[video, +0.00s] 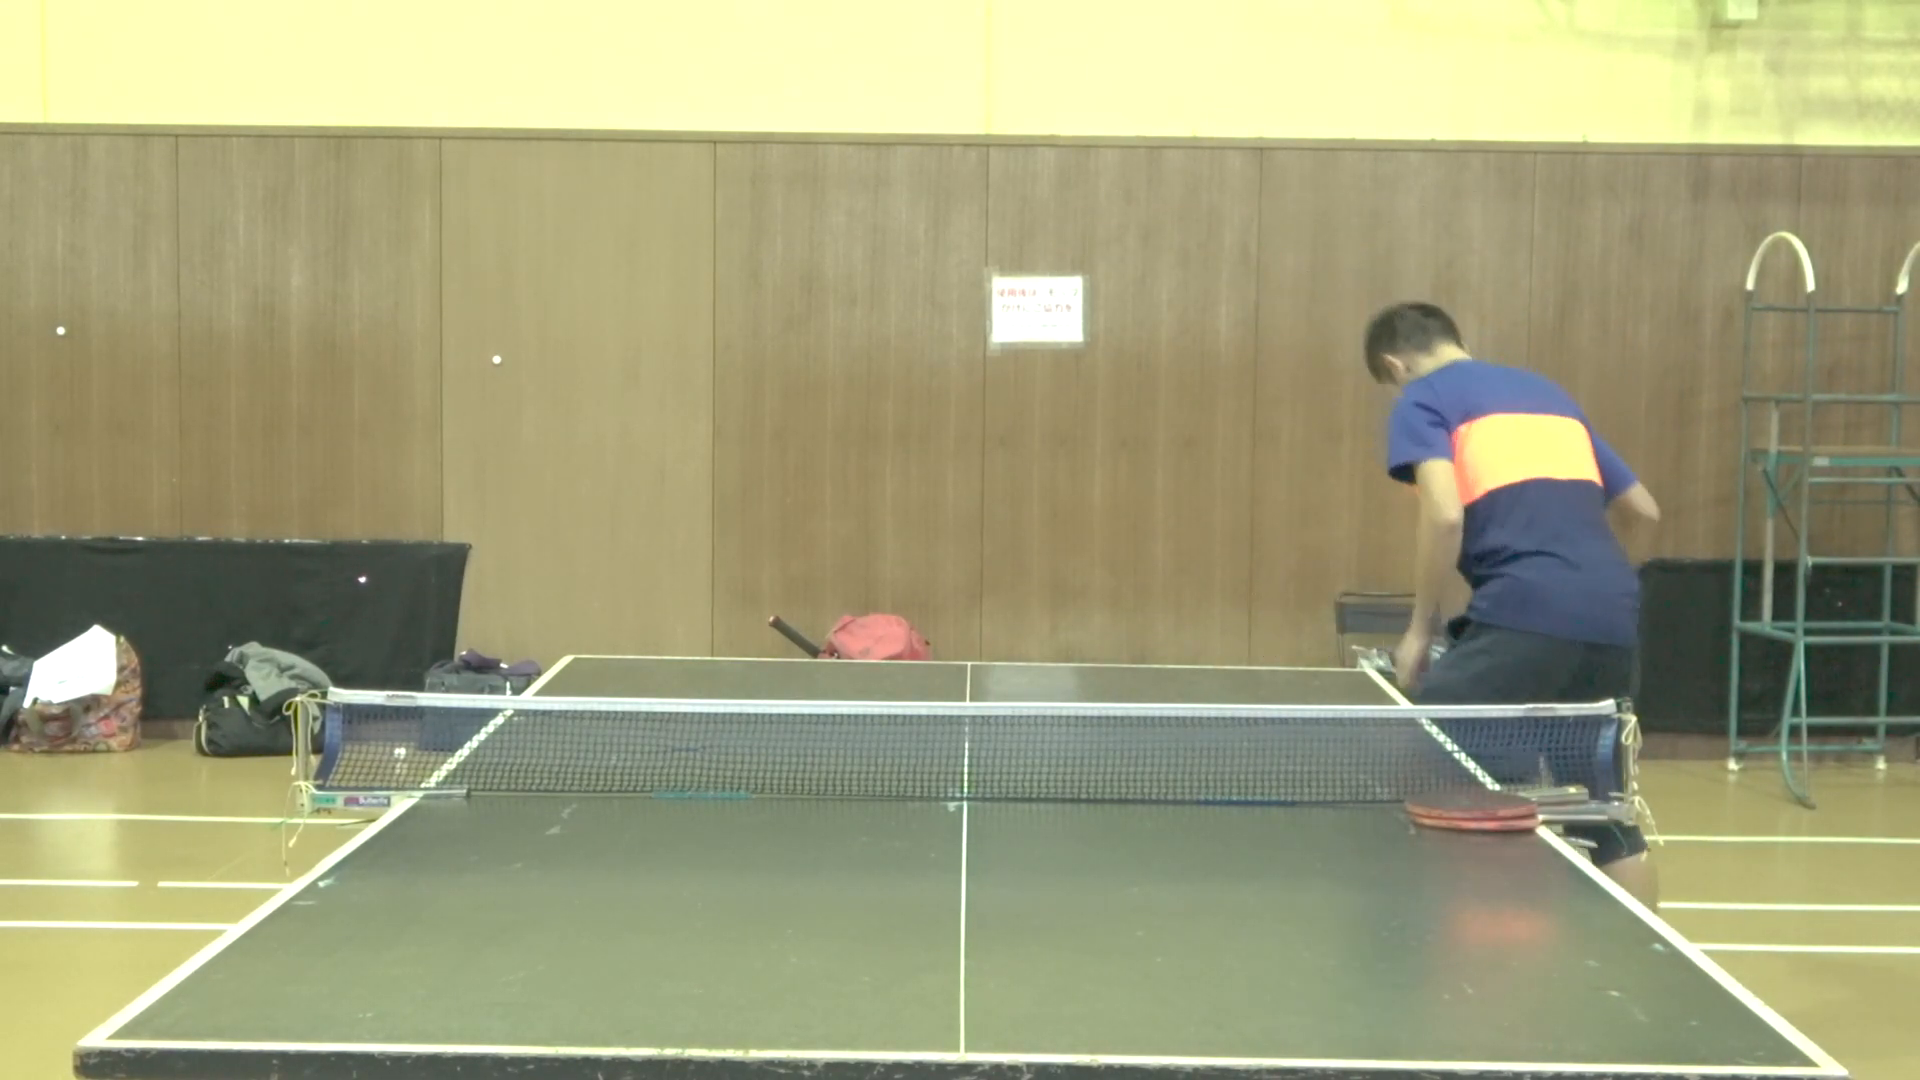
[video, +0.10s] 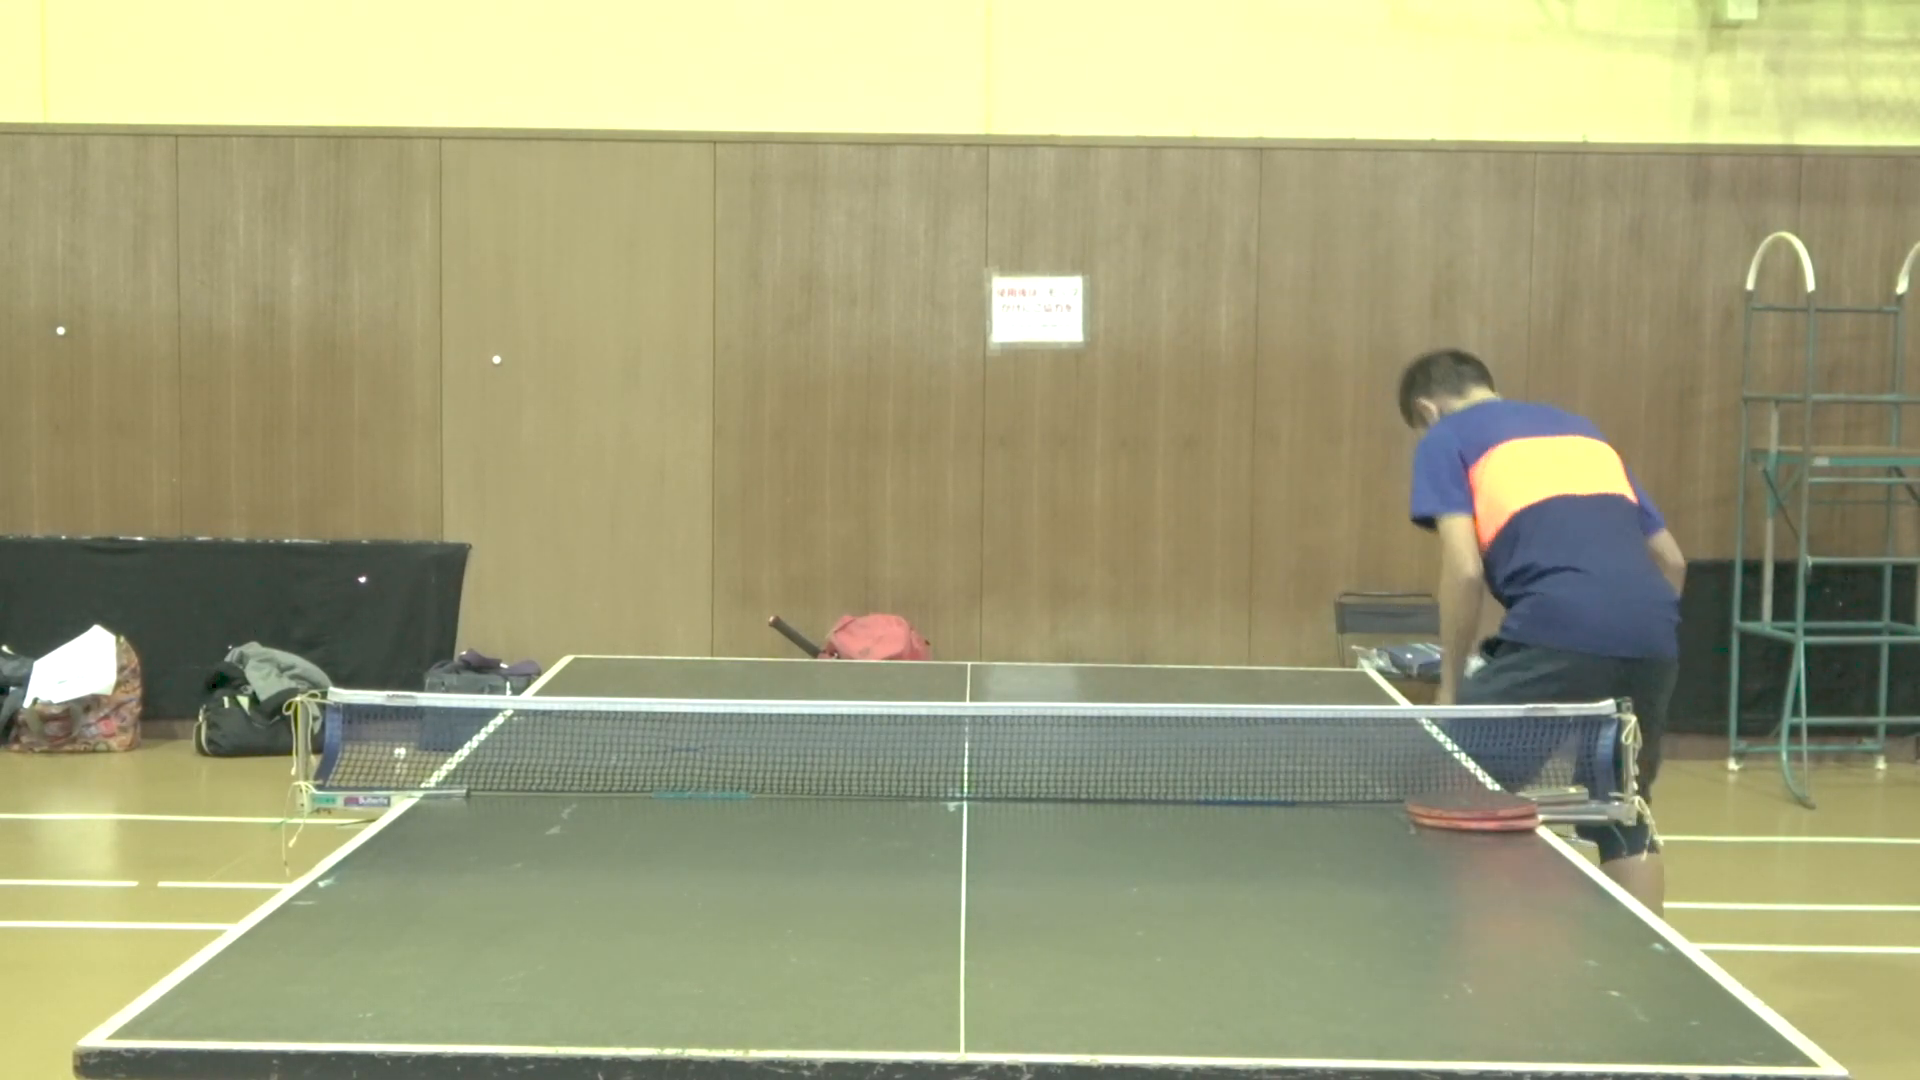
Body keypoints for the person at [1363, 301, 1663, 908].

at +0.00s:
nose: (1397, 394)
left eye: (1389, 382)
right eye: (1391, 384)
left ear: (1398, 363)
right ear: (1456, 343)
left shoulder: (1422, 401)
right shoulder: (1546, 392)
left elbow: (1446, 515)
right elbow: (1641, 510)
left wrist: (1420, 630)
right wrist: (1591, 587)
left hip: (1527, 621)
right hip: (1613, 627)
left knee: (1409, 764)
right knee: (1606, 805)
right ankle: (1640, 978)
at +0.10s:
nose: (1426, 438)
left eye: (1420, 427)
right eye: (1421, 428)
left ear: (1430, 408)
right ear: (1488, 388)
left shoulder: (1445, 439)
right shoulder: (1578, 427)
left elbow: (1465, 570)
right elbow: (1670, 560)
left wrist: (1450, 693)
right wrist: (1639, 642)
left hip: (1561, 629)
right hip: (1653, 636)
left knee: (1444, 783)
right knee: (1624, 804)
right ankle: (1640, 979)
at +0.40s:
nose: (1444, 509)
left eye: (1437, 497)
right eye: (1436, 500)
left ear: (1451, 467)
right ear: (1502, 448)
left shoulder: (1473, 515)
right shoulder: (1595, 466)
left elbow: (1510, 648)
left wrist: (1503, 738)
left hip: (1610, 649)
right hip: (1702, 648)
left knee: (1492, 784)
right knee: (1637, 809)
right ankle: (1647, 972)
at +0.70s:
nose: (1374, 392)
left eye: (1381, 371)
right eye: (1373, 375)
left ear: (1431, 362)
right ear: (1444, 361)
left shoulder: (1450, 436)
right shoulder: (1535, 417)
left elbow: (1449, 583)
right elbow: (1579, 576)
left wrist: (1338, 602)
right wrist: (1485, 662)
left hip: (1579, 639)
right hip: (1652, 641)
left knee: (1446, 778)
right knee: (1603, 805)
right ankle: (1633, 973)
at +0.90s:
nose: (1329, 358)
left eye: (1337, 338)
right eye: (1325, 342)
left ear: (1392, 331)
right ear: (1393, 334)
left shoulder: (1423, 406)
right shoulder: (1465, 394)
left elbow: (1388, 554)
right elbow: (1454, 560)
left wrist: (1279, 527)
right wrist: (1351, 604)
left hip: (1540, 635)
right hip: (1595, 635)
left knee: (1412, 772)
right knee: (1583, 813)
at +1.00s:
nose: (1297, 356)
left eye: (1305, 336)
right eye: (1294, 339)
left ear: (1361, 329)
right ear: (1364, 330)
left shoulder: (1400, 403)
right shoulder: (1428, 390)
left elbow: (1369, 554)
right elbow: (1387, 561)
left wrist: (1256, 526)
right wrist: (1293, 577)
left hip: (1521, 629)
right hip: (1573, 627)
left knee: (1387, 771)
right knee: (1580, 806)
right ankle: (1641, 965)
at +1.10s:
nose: (1264, 359)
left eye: (1273, 340)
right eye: (1261, 343)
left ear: (1330, 331)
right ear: (1329, 335)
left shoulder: (1376, 411)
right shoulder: (1401, 394)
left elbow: (1337, 557)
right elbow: (1353, 556)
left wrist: (1223, 526)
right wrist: (1260, 570)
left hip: (1504, 634)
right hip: (1562, 632)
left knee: (1357, 767)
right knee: (1576, 810)